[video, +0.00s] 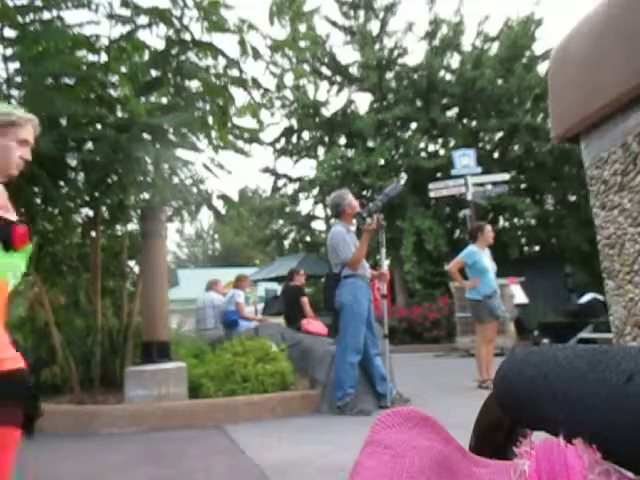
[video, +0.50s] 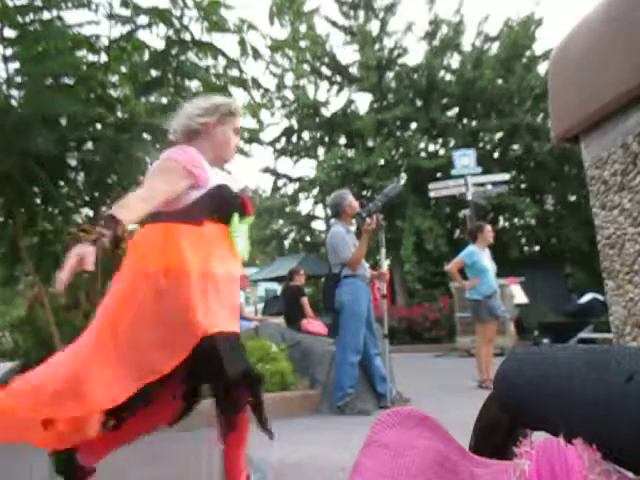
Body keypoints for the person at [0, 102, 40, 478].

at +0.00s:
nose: (27, 155)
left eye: (29, 147)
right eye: (21, 144)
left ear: (24, 150)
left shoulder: (8, 199)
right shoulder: (1, 199)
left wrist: (11, 356)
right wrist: (13, 362)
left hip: (4, 333)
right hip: (2, 334)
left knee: (19, 388)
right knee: (15, 384)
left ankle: (8, 470)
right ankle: (6, 472)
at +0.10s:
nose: (69, 158)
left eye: (71, 150)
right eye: (64, 146)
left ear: (36, 143)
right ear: (33, 140)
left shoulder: (39, 194)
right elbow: (14, 225)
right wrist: (54, 234)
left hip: (33, 350)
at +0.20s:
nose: (110, 157)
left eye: (112, 149)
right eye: (106, 145)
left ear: (81, 143)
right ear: (76, 139)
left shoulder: (75, 192)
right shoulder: (36, 175)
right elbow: (2, 224)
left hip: (57, 336)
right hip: (23, 334)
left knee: (40, 445)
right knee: (16, 427)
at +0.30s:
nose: (151, 151)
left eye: (153, 143)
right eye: (147, 140)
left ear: (125, 139)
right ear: (119, 135)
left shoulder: (116, 187)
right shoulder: (87, 168)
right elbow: (36, 208)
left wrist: (121, 285)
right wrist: (10, 225)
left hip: (84, 303)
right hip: (65, 300)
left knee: (63, 407)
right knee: (134, 382)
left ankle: (24, 475)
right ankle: (85, 475)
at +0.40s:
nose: (194, 142)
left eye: (195, 133)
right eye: (191, 130)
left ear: (164, 129)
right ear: (165, 127)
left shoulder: (158, 173)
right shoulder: (134, 160)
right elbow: (85, 197)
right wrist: (31, 237)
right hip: (129, 295)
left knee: (91, 400)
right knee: (190, 385)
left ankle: (31, 473)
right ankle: (211, 472)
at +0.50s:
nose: (239, 141)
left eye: (240, 133)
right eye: (235, 131)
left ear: (213, 128)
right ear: (210, 126)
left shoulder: (204, 172)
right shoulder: (184, 162)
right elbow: (141, 199)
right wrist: (95, 241)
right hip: (184, 300)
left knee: (172, 400)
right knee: (235, 388)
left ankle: (85, 456)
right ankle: (237, 473)